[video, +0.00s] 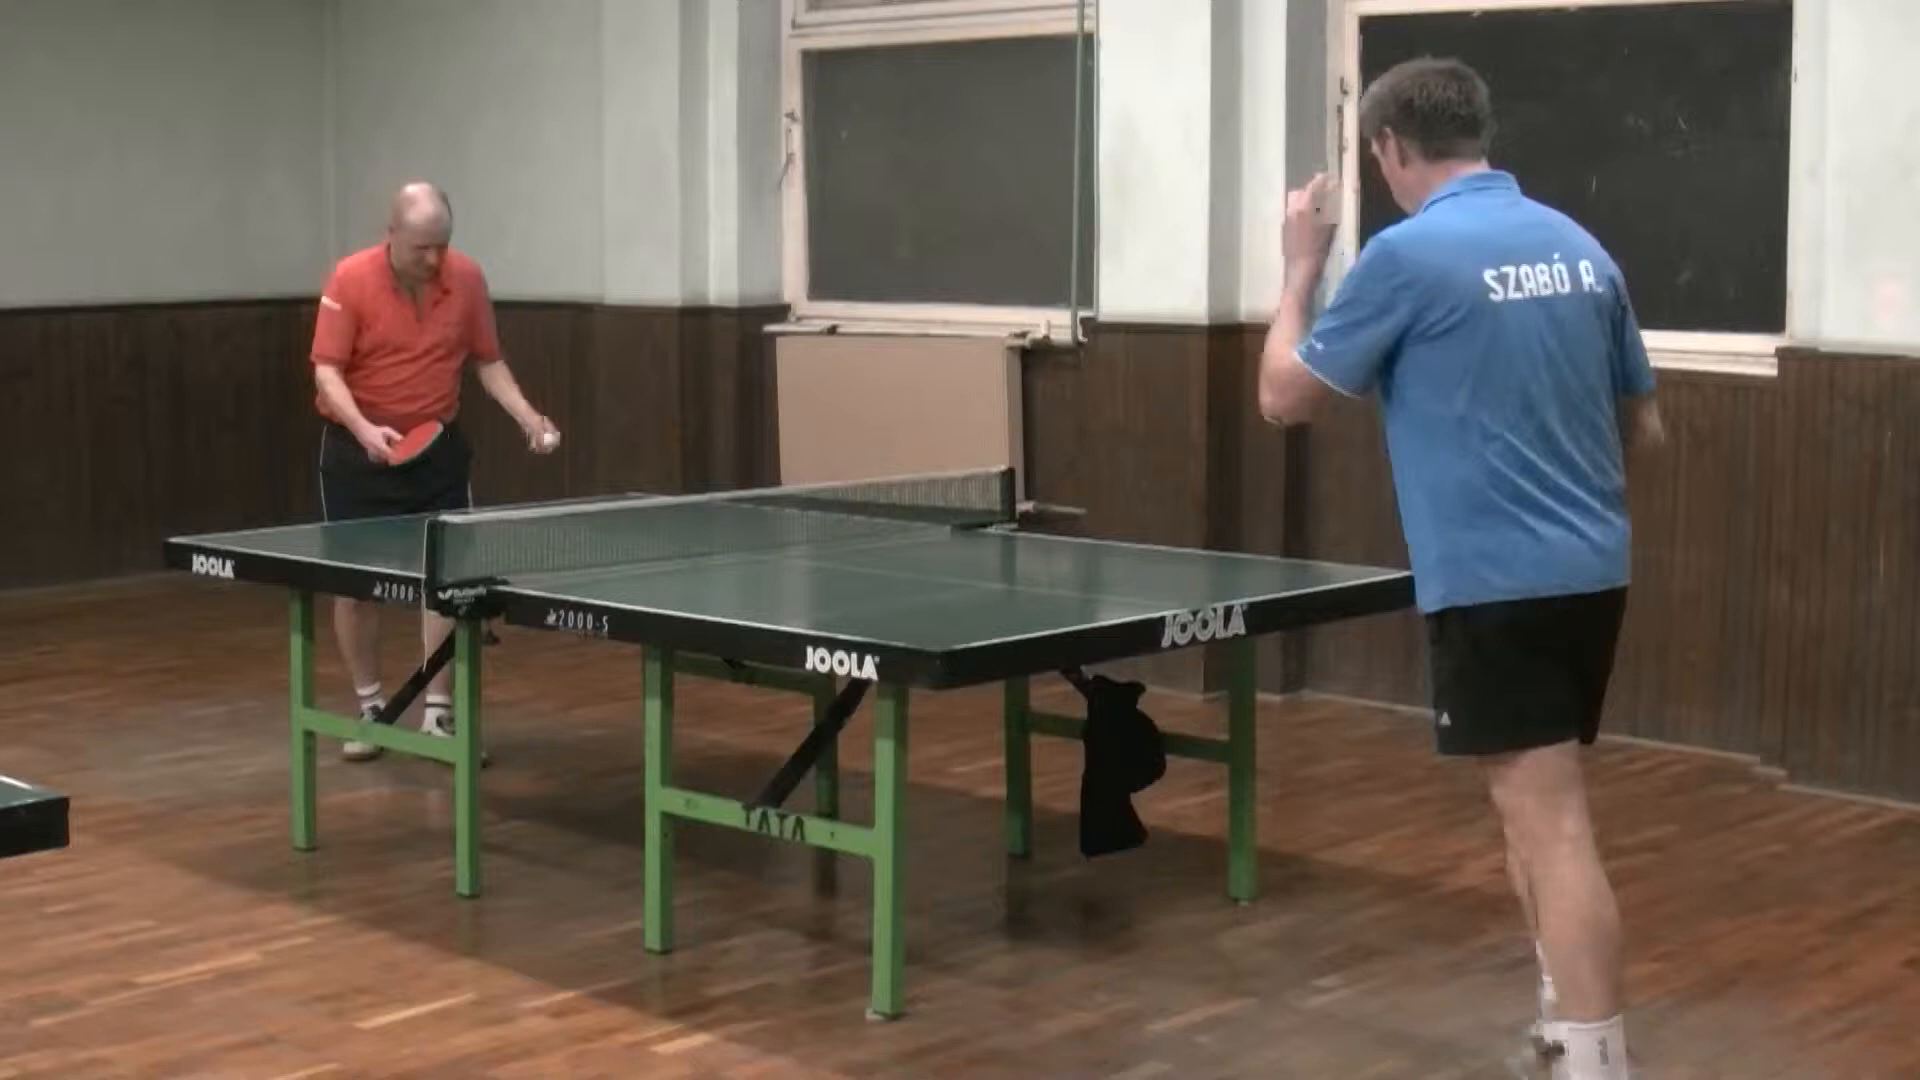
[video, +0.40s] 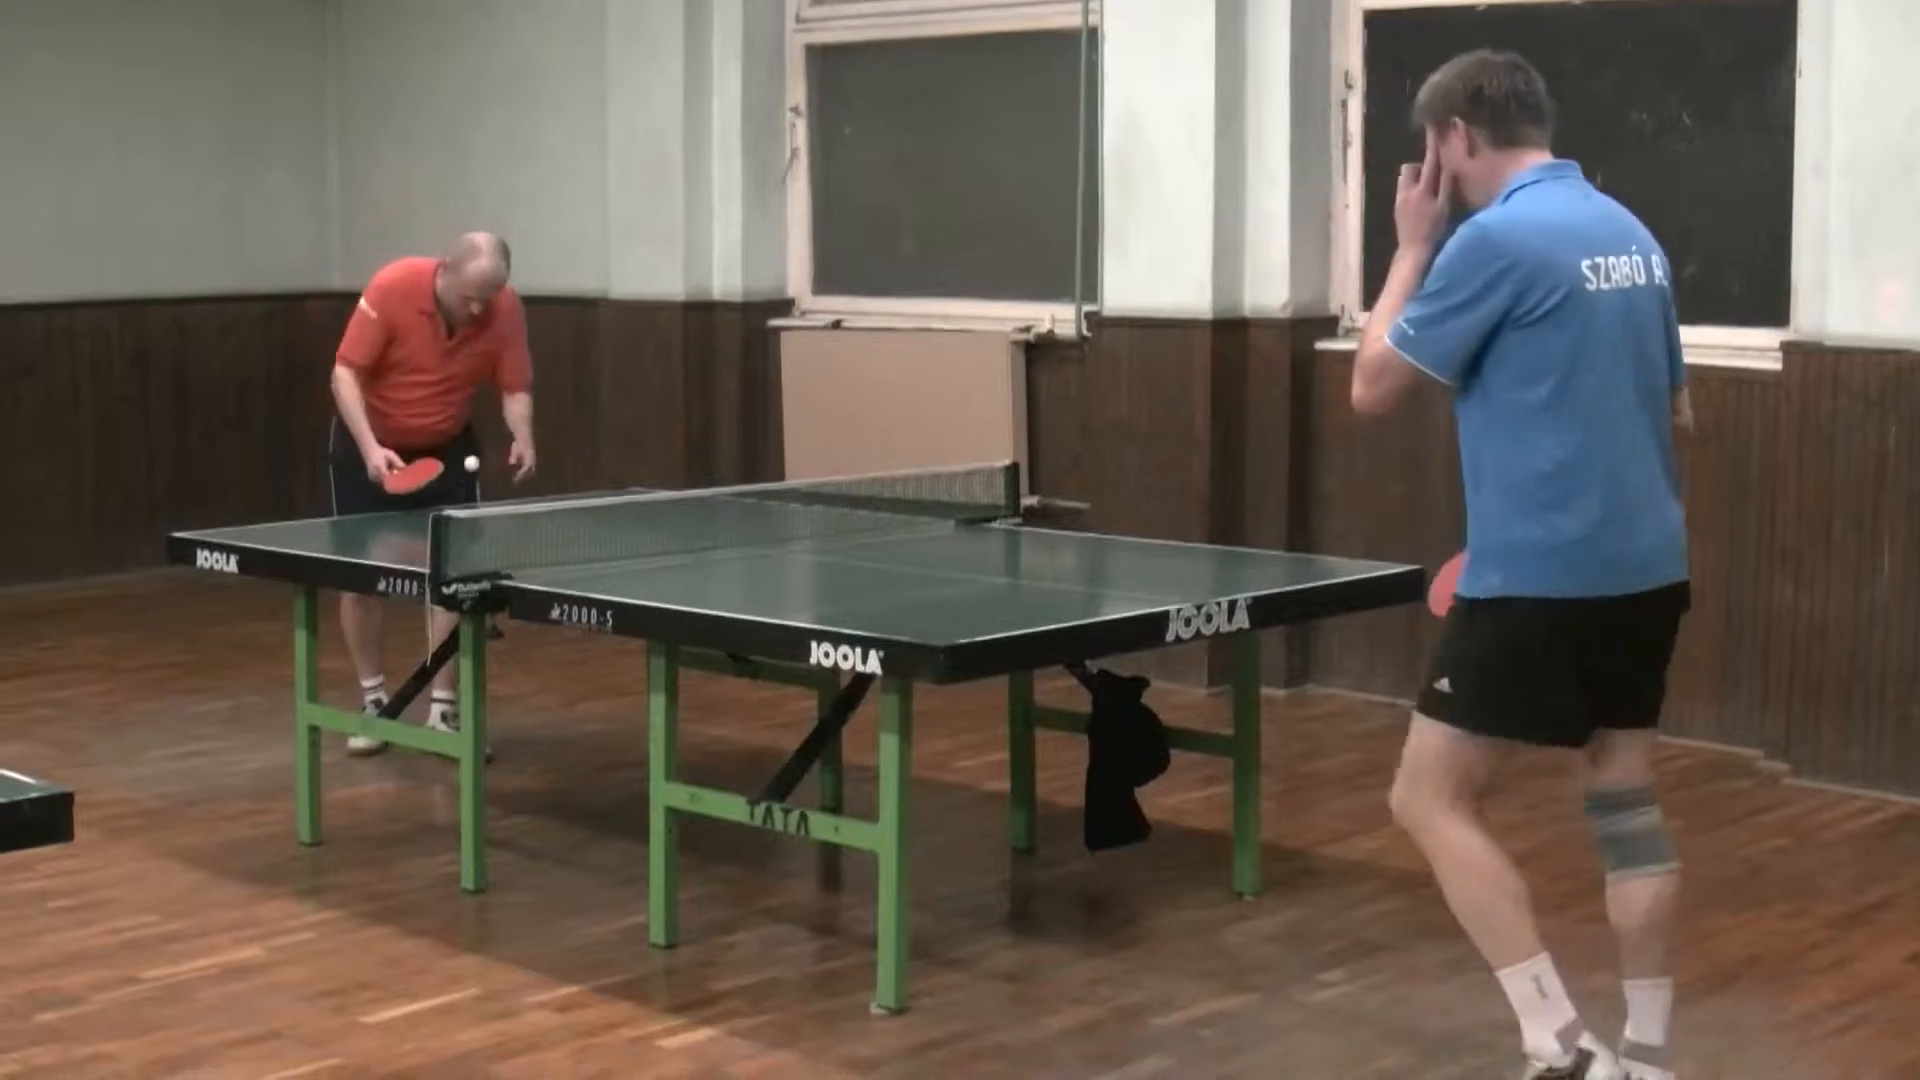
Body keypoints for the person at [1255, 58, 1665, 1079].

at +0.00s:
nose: (1377, 173)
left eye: (1376, 158)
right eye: (1375, 160)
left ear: (1394, 152)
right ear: (1485, 143)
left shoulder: (1408, 255)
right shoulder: (1579, 246)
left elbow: (1281, 396)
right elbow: (1643, 428)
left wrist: (1300, 263)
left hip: (1496, 584)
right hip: (1590, 575)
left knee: (1555, 834)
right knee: (1535, 815)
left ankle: (1595, 1064)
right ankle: (1564, 1029)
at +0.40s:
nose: (1436, 174)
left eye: (1434, 154)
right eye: (1431, 159)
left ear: (1459, 137)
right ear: (1543, 130)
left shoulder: (1498, 239)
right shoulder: (1630, 233)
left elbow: (1372, 386)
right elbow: (1662, 411)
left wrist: (1410, 248)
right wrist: (1490, 552)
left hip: (1532, 575)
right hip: (1648, 569)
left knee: (1428, 800)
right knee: (1625, 797)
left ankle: (1556, 1042)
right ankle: (1650, 1053)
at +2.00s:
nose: (1213, 291)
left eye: (1211, 275)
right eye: (1212, 276)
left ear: (1231, 267)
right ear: (1305, 251)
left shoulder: (1241, 328)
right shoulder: (1404, 301)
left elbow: (1242, 515)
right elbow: (1482, 436)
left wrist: (1255, 590)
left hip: (1379, 565)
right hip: (1503, 548)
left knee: (1255, 790)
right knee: (1484, 744)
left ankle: (1262, 1050)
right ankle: (1562, 978)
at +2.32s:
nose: (1292, 285)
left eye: (1291, 267)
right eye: (1291, 268)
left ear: (1313, 262)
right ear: (1376, 247)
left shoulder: (1356, 325)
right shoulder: (1465, 295)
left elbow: (1372, 508)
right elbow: (1525, 466)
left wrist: (1320, 558)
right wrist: (1432, 566)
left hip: (1525, 556)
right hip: (1620, 538)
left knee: (1395, 781)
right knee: (1558, 742)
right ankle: (1587, 967)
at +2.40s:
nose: (1319, 294)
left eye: (1316, 276)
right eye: (1318, 276)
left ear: (1335, 271)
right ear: (1404, 258)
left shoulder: (1372, 344)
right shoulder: (1492, 306)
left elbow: (1395, 518)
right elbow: (1545, 469)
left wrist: (1345, 576)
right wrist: (1445, 564)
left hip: (1548, 571)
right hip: (1645, 548)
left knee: (1449, 813)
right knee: (1575, 725)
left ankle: (1537, 1059)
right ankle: (1616, 947)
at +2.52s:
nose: (1362, 311)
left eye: (1363, 293)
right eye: (1361, 293)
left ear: (1390, 291)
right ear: (1451, 280)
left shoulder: (1422, 353)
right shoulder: (1531, 329)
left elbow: (1424, 533)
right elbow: (1560, 501)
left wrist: (1389, 615)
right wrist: (1448, 565)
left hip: (1573, 594)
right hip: (1671, 576)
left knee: (1447, 816)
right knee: (1609, 731)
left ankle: (1534, 1057)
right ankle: (1650, 918)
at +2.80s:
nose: (1445, 304)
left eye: (1443, 289)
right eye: (1444, 289)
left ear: (1462, 286)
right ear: (1522, 269)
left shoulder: (1514, 355)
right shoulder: (1595, 312)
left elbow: (1567, 496)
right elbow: (1649, 444)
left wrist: (1546, 619)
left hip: (1662, 565)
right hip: (1735, 548)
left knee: (1616, 791)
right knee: (1666, 720)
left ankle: (1557, 1029)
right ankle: (1658, 911)